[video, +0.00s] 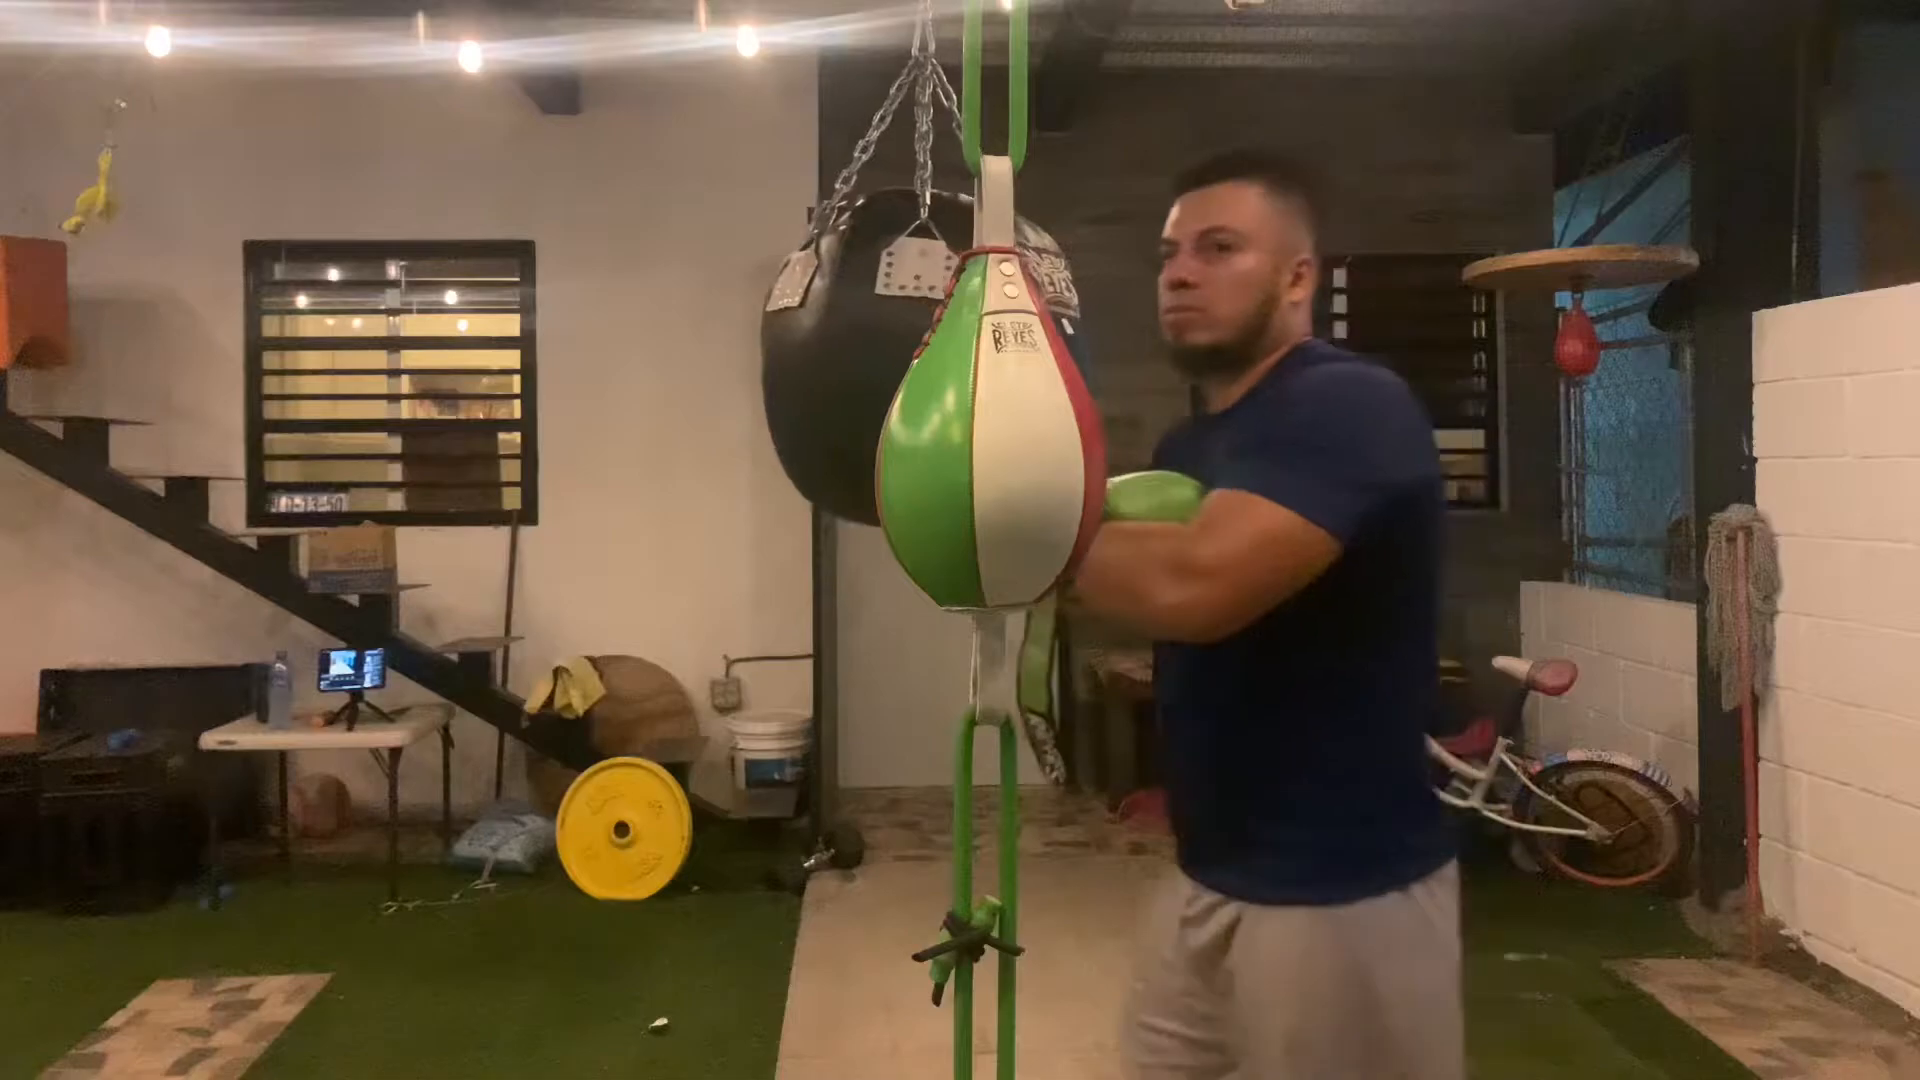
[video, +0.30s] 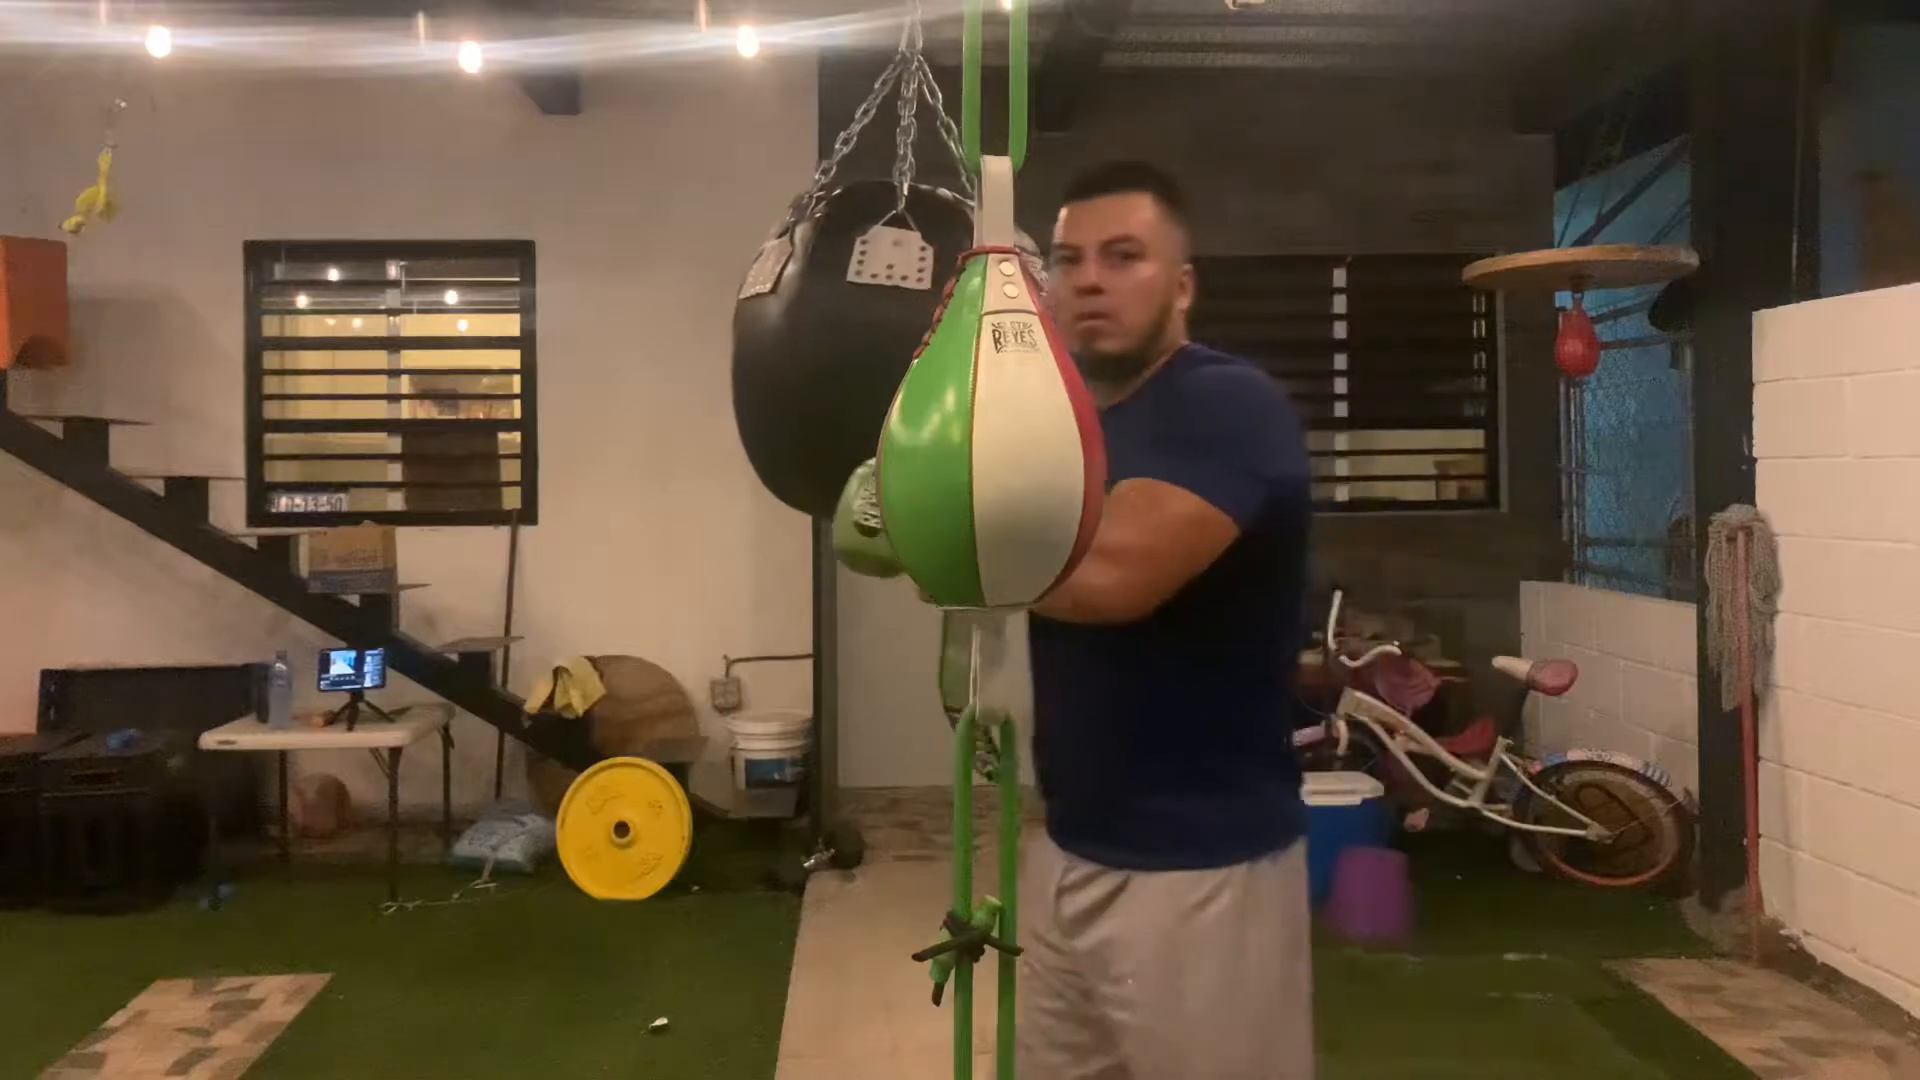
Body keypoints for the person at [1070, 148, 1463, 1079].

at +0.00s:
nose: (1178, 271)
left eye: (1218, 247)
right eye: (1170, 251)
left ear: (1299, 279)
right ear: (1157, 274)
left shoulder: (1354, 406)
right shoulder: (1186, 447)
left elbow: (1195, 587)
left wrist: (1028, 531)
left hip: (1350, 905)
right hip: (1212, 887)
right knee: (1164, 1063)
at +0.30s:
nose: (1088, 280)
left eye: (1123, 255)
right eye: (1070, 259)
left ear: (1182, 285)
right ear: (1050, 285)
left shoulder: (1233, 407)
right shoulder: (1069, 424)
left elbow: (1110, 580)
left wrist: (951, 530)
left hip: (1205, 884)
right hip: (1074, 865)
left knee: (1210, 1068)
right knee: (1059, 1066)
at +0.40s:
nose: (1064, 281)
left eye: (1097, 256)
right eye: (1045, 260)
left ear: (1155, 285)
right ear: (1026, 281)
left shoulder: (1206, 405)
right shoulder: (1043, 414)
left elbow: (1104, 577)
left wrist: (945, 550)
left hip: (1174, 859)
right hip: (1055, 841)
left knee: (1167, 1067)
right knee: (1050, 1067)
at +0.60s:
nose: (1027, 280)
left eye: (1054, 253)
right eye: (1005, 259)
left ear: (1105, 274)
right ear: (979, 279)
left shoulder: (1166, 400)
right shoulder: (969, 410)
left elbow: (1089, 574)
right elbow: (869, 582)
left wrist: (921, 550)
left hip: (1134, 831)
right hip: (999, 818)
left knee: (1107, 1067)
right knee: (999, 1065)